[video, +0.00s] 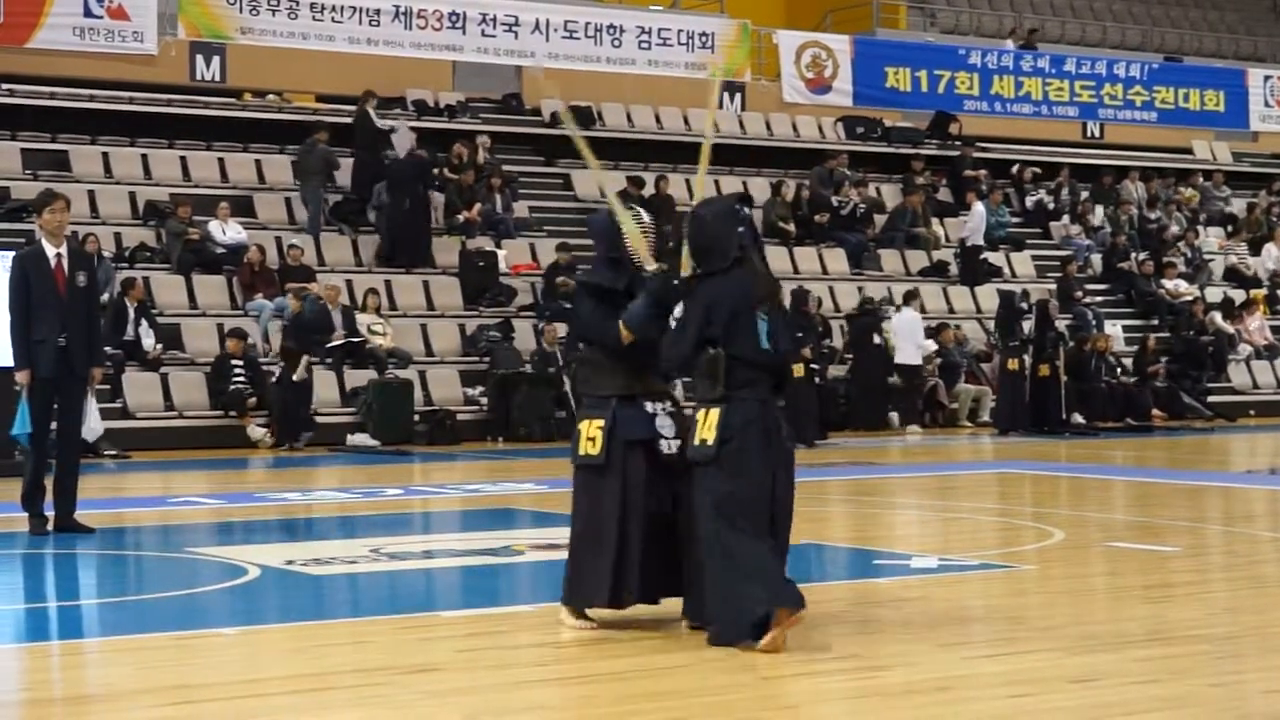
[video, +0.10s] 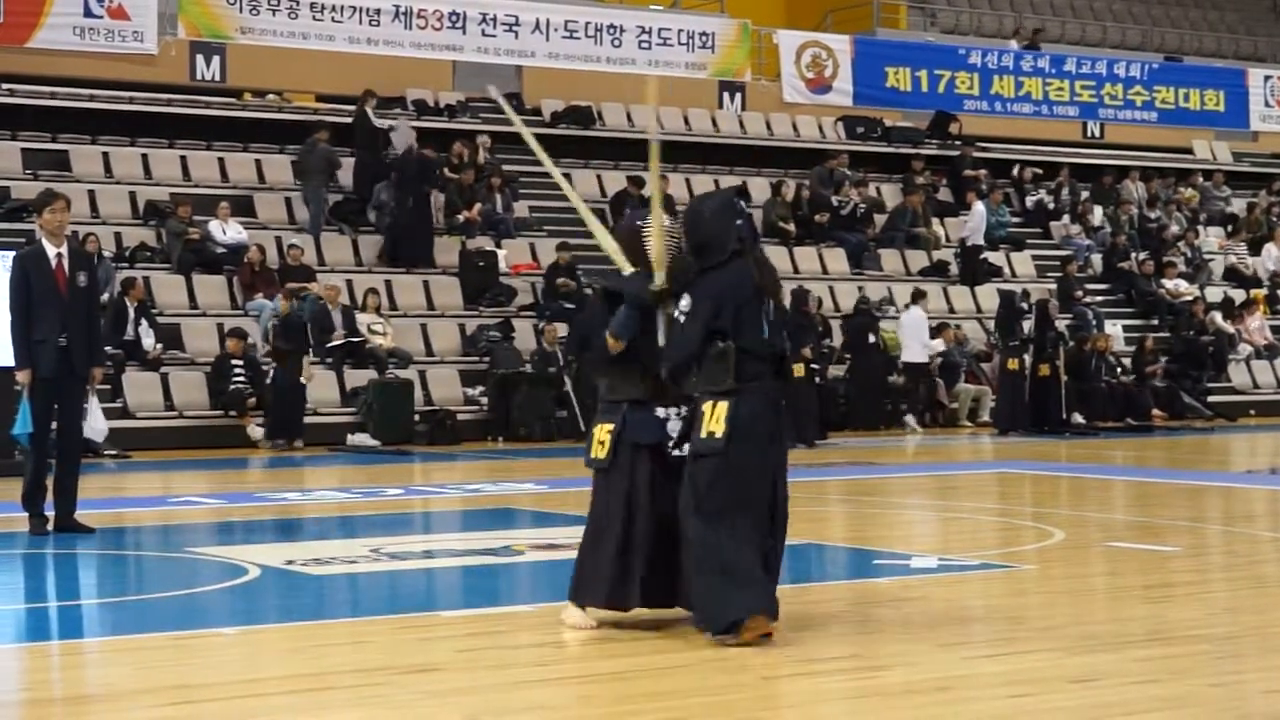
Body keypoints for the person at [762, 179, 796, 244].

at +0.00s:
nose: (787, 191)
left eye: (787, 188)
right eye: (784, 188)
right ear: (779, 189)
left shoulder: (786, 204)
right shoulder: (770, 203)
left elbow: (789, 218)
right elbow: (772, 220)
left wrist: (792, 228)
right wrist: (788, 228)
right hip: (771, 235)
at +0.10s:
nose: (787, 191)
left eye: (787, 188)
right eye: (785, 188)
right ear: (779, 188)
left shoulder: (786, 204)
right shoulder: (770, 203)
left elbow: (789, 218)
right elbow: (772, 219)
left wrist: (792, 227)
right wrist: (788, 228)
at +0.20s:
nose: (787, 191)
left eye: (788, 188)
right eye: (785, 188)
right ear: (779, 188)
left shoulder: (787, 204)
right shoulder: (770, 203)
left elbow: (789, 218)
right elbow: (773, 220)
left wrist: (792, 227)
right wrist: (788, 228)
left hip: (784, 235)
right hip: (771, 235)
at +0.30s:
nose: (787, 191)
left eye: (788, 188)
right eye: (785, 188)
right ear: (779, 188)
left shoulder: (787, 204)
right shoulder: (770, 203)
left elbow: (789, 218)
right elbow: (773, 220)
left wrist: (792, 227)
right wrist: (788, 228)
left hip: (784, 235)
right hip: (771, 235)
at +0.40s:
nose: (787, 191)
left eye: (787, 188)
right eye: (785, 188)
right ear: (778, 189)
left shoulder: (787, 204)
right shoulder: (769, 203)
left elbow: (789, 218)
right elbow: (773, 221)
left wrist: (792, 228)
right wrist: (789, 229)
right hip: (770, 234)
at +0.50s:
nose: (787, 191)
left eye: (787, 188)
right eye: (785, 188)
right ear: (778, 189)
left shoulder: (786, 205)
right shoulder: (769, 203)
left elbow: (789, 218)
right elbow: (774, 221)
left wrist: (792, 228)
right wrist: (789, 229)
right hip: (770, 233)